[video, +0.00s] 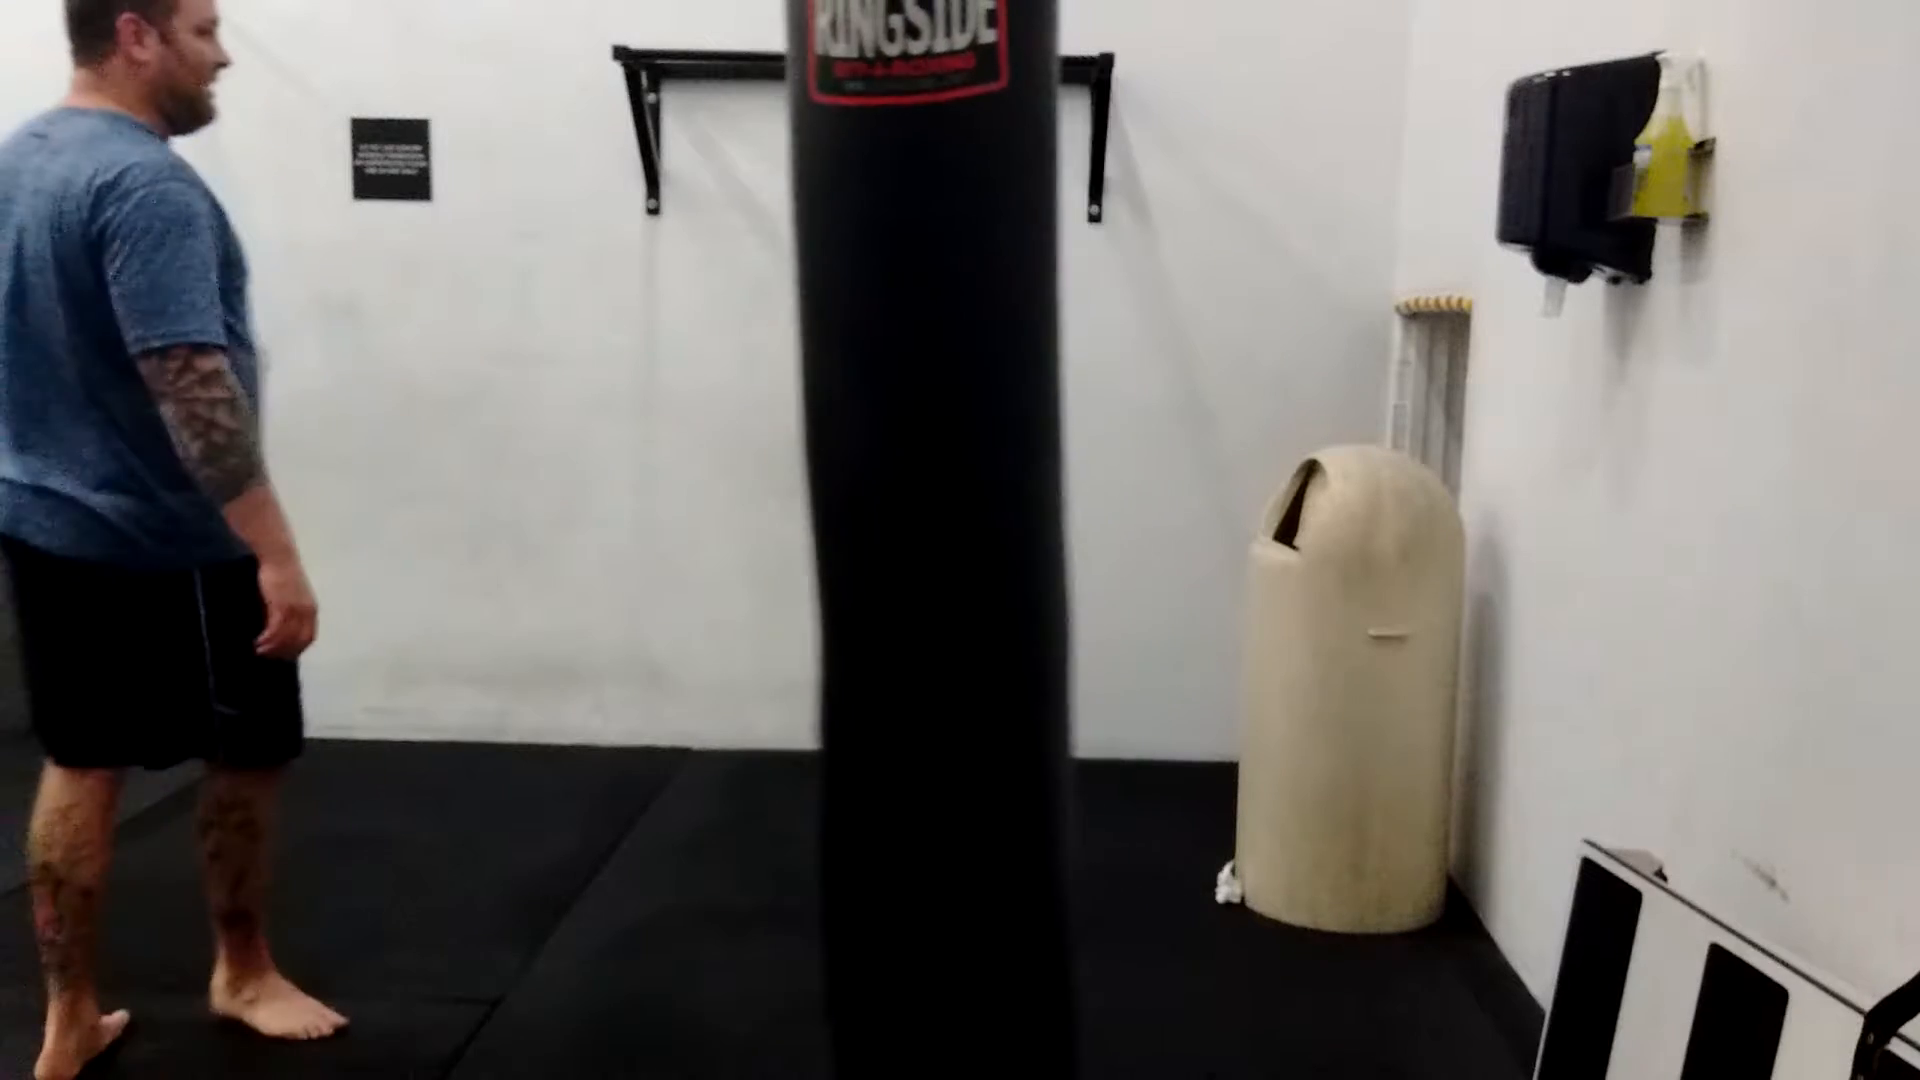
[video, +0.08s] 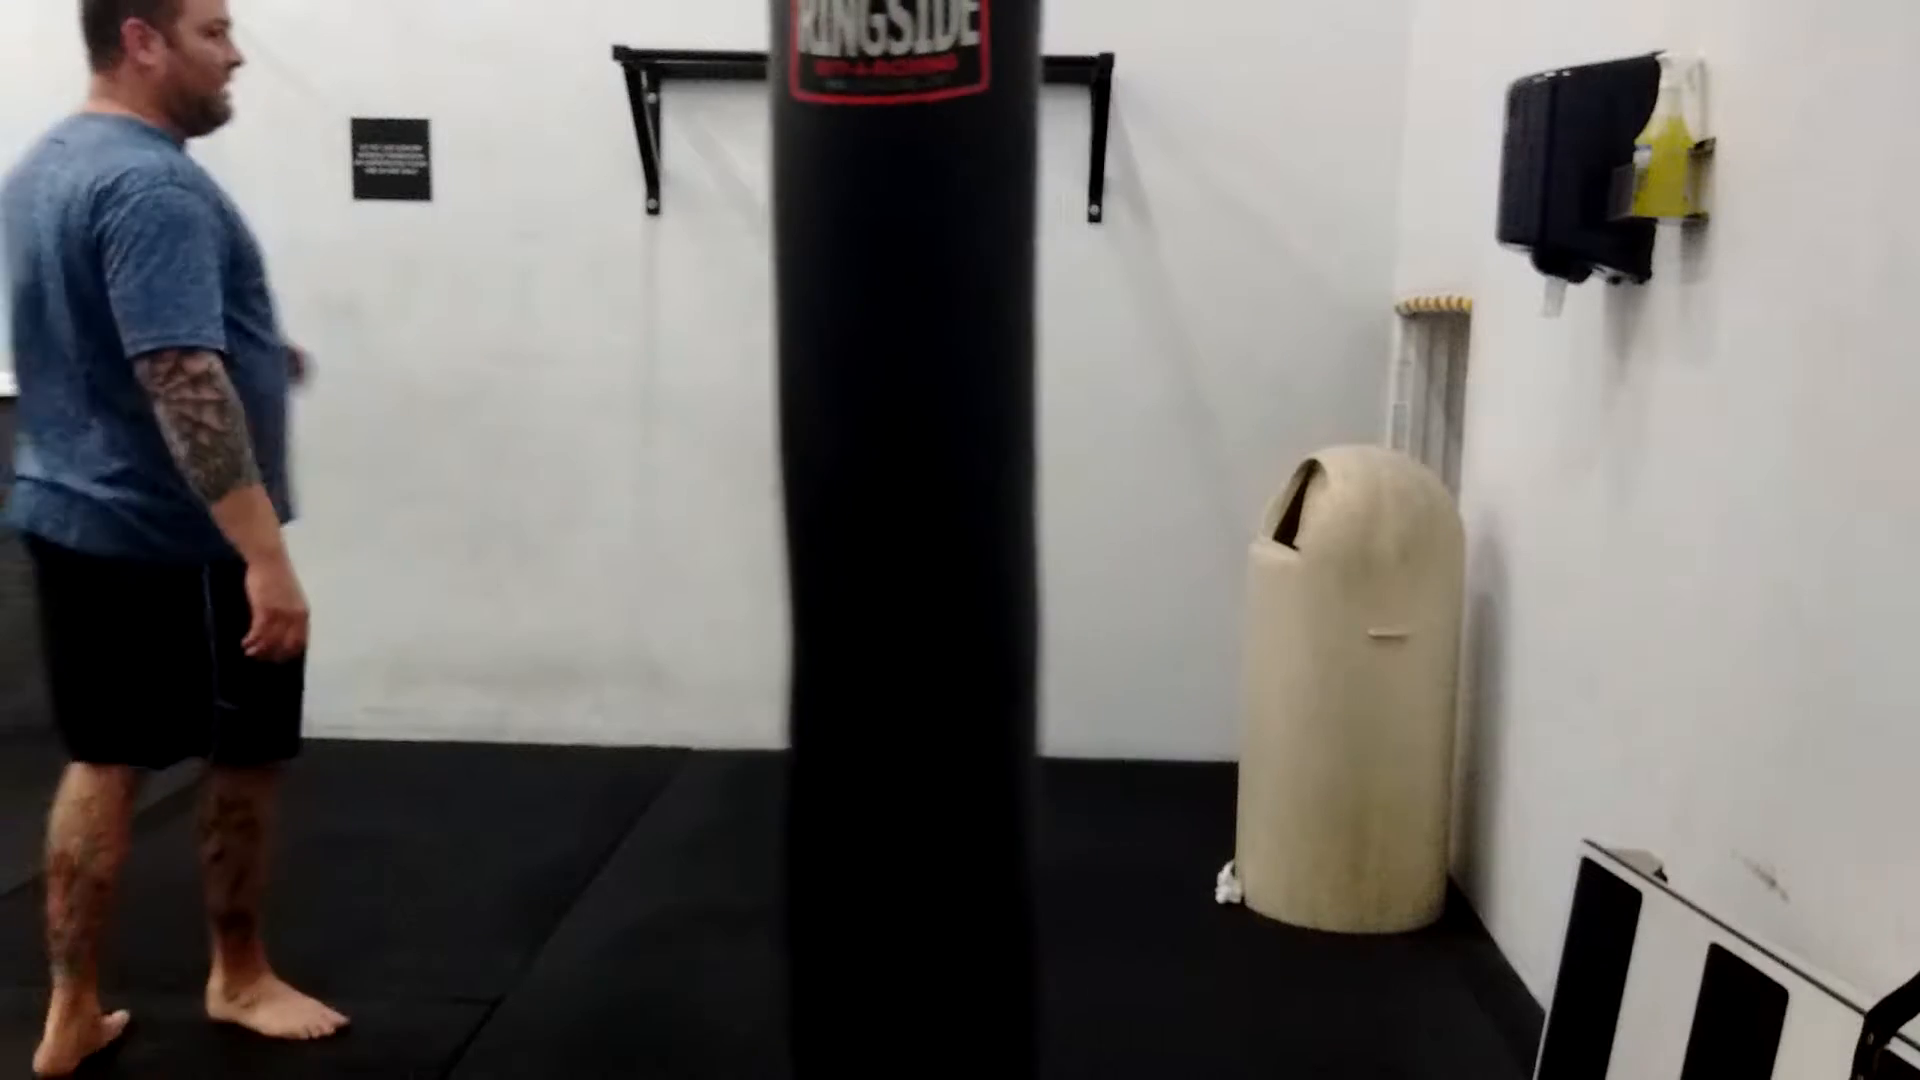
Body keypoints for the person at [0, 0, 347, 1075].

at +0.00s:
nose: (223, 54)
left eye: (218, 31)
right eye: (206, 31)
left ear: (126, 40)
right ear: (138, 37)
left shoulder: (24, 155)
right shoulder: (149, 182)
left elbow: (23, 356)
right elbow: (190, 383)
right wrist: (277, 552)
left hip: (46, 527)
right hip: (176, 539)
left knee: (78, 758)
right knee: (249, 742)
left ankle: (69, 1018)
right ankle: (245, 973)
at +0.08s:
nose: (236, 56)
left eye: (231, 34)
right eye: (217, 33)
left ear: (138, 47)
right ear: (144, 44)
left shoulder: (49, 164)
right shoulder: (154, 185)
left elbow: (82, 349)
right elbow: (184, 382)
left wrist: (253, 356)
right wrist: (267, 557)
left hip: (73, 525)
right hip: (185, 539)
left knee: (99, 755)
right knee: (250, 745)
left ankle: (71, 1012)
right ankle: (241, 977)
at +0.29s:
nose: (262, 56)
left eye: (262, 34)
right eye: (236, 33)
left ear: (179, 50)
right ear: (162, 46)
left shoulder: (189, 168)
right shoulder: (161, 185)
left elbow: (196, 375)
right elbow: (183, 388)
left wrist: (271, 525)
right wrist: (267, 548)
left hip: (206, 520)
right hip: (196, 528)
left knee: (213, 729)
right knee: (240, 748)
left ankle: (116, 907)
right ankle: (240, 978)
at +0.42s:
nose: (276, 54)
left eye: (283, 34)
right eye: (249, 32)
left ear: (292, 45)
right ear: (182, 45)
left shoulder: (237, 167)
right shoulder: (167, 178)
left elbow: (241, 351)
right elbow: (168, 374)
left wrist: (304, 501)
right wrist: (272, 526)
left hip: (284, 508)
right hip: (207, 521)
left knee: (352, 667)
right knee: (233, 739)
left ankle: (219, 871)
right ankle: (238, 978)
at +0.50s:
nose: (290, 55)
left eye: (300, 37)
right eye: (264, 34)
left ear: (311, 53)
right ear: (201, 50)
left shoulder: (277, 175)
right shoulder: (168, 181)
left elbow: (277, 347)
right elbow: (158, 368)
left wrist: (329, 497)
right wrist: (266, 512)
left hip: (317, 510)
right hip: (215, 525)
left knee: (384, 676)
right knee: (231, 740)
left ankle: (324, 889)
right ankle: (235, 974)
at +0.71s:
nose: (323, 65)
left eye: (337, 46)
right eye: (299, 44)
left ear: (353, 64)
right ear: (249, 59)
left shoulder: (380, 194)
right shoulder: (200, 194)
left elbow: (432, 314)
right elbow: (168, 366)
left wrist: (456, 393)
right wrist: (214, 514)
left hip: (377, 516)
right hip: (264, 525)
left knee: (398, 723)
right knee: (255, 751)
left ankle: (431, 915)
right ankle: (241, 976)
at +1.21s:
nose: (392, 76)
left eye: (412, 64)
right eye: (375, 59)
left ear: (435, 87)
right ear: (340, 75)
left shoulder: (489, 214)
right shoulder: (279, 198)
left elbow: (550, 344)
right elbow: (229, 344)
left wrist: (505, 367)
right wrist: (199, 484)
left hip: (440, 504)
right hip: (309, 500)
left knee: (428, 708)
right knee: (276, 693)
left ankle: (434, 911)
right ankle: (332, 849)